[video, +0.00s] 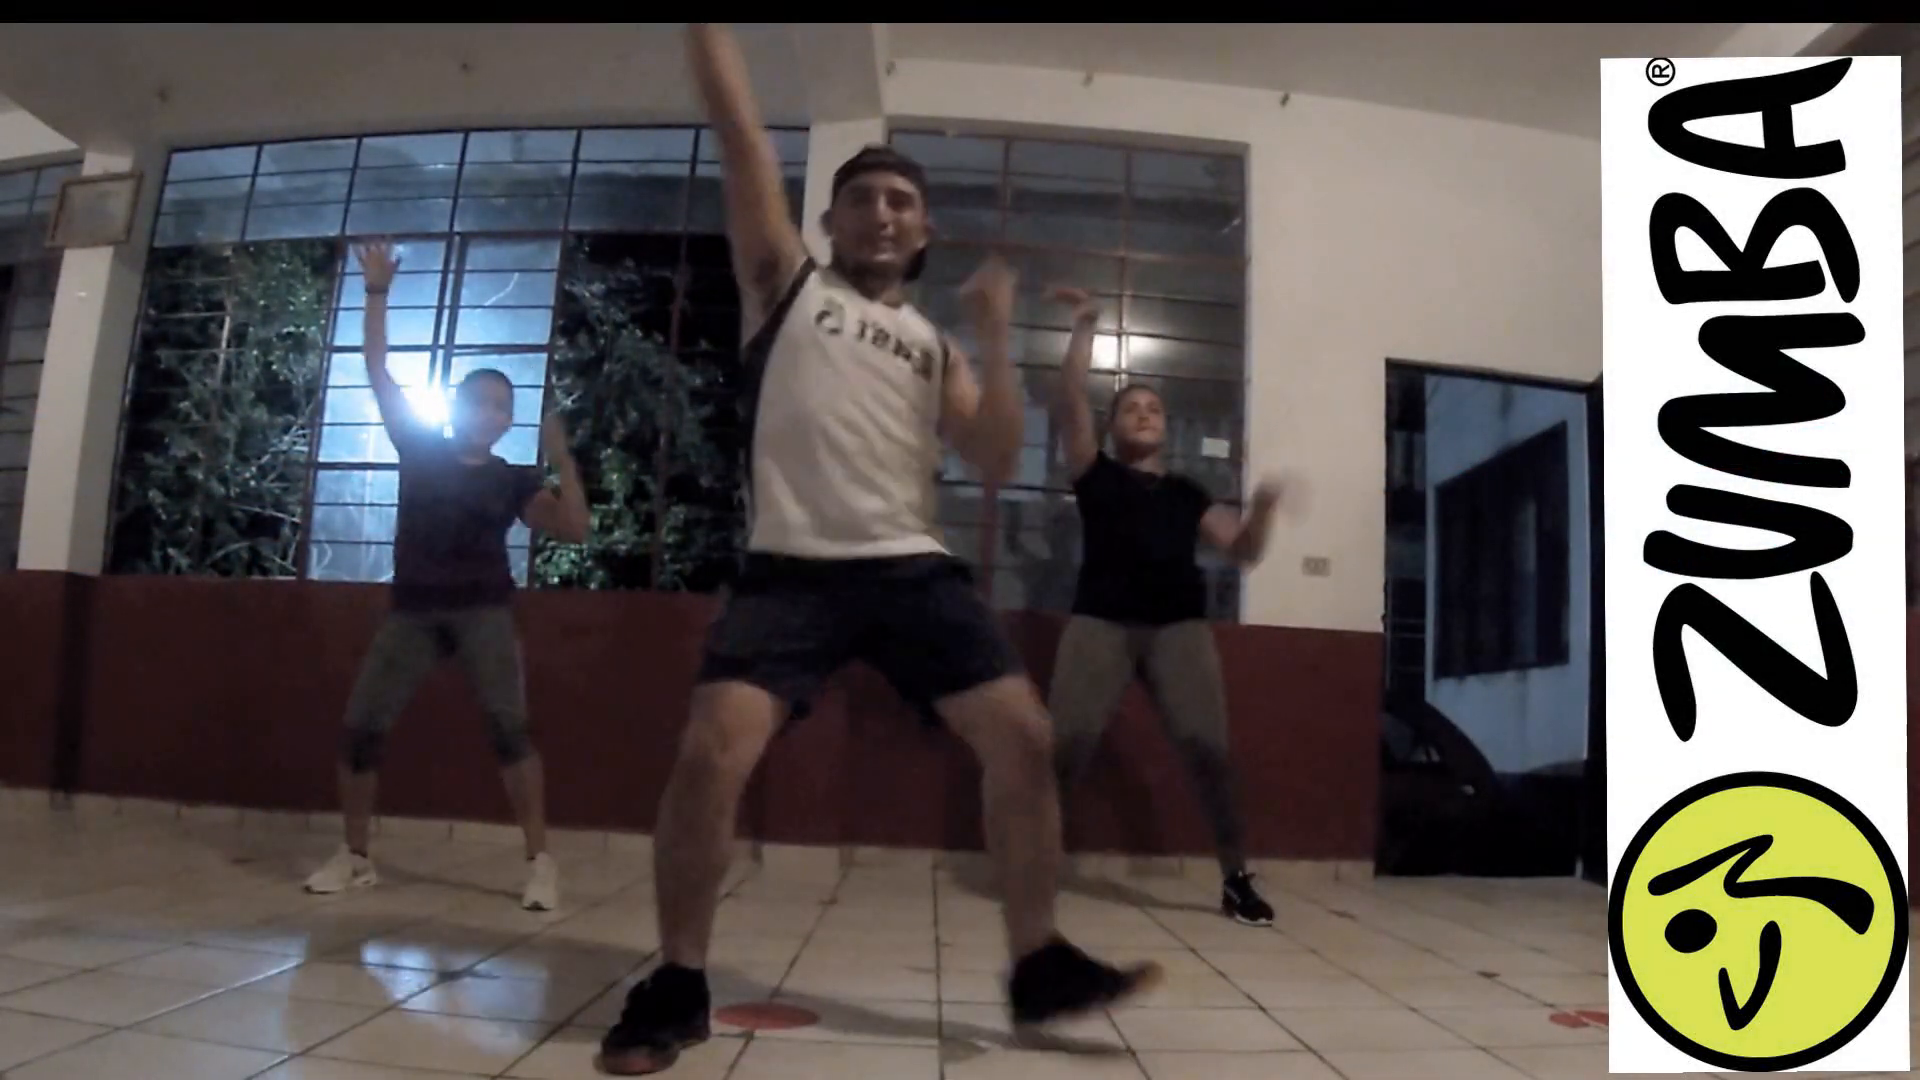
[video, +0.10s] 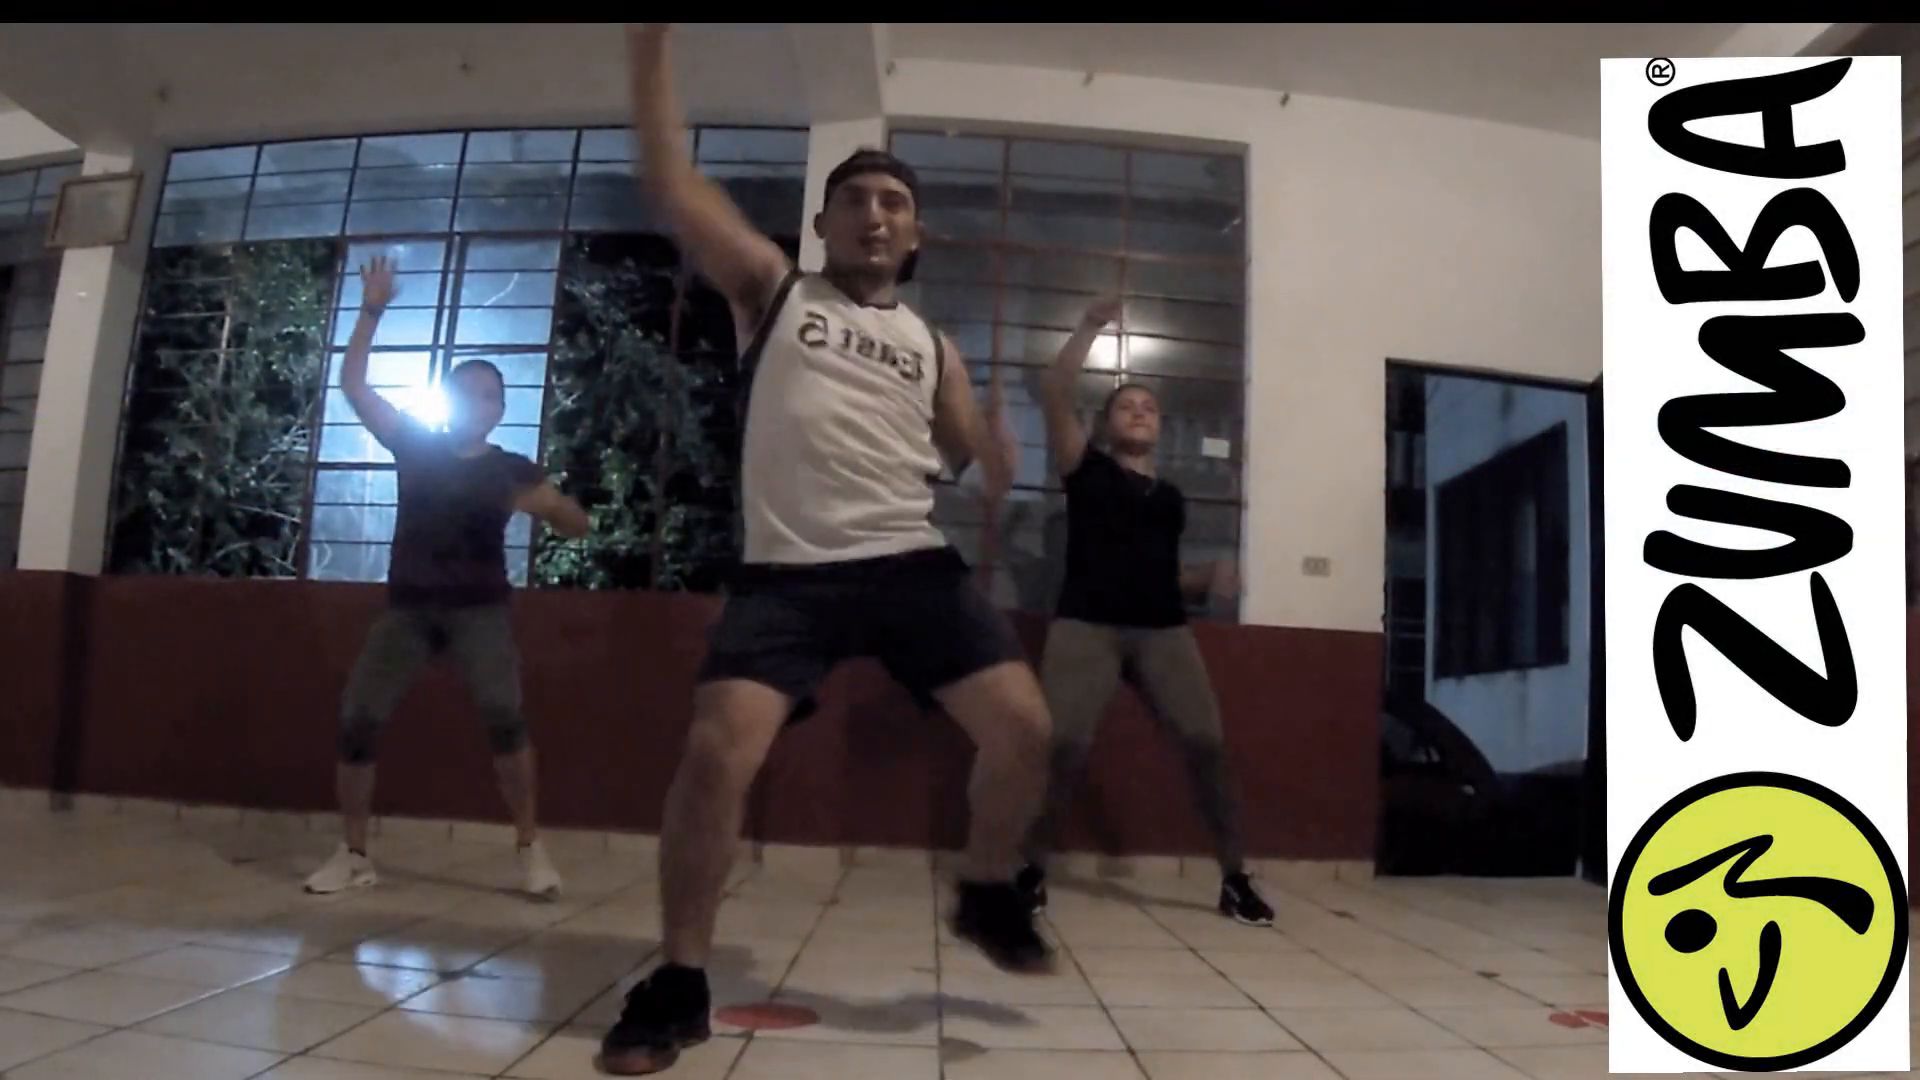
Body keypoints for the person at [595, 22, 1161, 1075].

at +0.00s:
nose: (883, 209)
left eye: (902, 201)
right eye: (864, 198)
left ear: (921, 236)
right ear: (831, 224)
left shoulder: (932, 346)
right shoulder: (788, 283)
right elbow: (738, 132)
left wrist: (997, 331)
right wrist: (703, 20)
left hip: (914, 577)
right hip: (786, 577)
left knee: (1022, 737)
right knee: (709, 748)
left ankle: (1036, 966)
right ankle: (676, 981)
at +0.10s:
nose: (876, 212)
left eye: (893, 203)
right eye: (858, 200)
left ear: (915, 236)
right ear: (823, 224)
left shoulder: (929, 344)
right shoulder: (774, 286)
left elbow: (982, 453)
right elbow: (673, 182)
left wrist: (996, 471)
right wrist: (651, 46)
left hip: (914, 573)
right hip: (784, 579)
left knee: (1023, 730)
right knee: (714, 747)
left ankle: (991, 895)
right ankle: (677, 980)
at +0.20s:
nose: (877, 211)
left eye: (894, 201)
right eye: (860, 198)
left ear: (916, 230)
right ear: (827, 219)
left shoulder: (941, 335)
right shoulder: (777, 295)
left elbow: (987, 456)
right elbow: (646, 296)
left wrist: (1024, 555)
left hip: (920, 567)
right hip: (797, 566)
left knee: (991, 755)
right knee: (745, 761)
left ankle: (948, 870)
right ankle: (680, 981)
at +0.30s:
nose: (884, 236)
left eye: (901, 225)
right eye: (866, 223)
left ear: (923, 253)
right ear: (835, 246)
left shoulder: (958, 359)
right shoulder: (788, 334)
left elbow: (993, 483)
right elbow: (692, 408)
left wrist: (1018, 585)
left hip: (928, 597)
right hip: (814, 593)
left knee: (953, 785)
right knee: (769, 775)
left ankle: (926, 908)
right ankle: (681, 975)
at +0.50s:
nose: (904, 265)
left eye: (920, 253)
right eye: (887, 253)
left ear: (942, 273)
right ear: (857, 271)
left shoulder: (976, 373)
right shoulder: (812, 362)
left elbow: (1050, 465)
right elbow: (746, 451)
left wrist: (1115, 502)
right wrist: (723, 479)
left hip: (936, 603)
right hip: (833, 599)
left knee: (933, 772)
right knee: (769, 741)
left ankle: (912, 918)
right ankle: (719, 937)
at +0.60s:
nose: (906, 242)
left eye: (922, 230)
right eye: (889, 229)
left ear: (942, 248)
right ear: (859, 244)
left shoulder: (976, 334)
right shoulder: (822, 327)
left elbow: (1059, 421)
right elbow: (731, 425)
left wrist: (1066, 388)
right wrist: (780, 355)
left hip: (929, 569)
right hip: (824, 559)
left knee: (940, 753)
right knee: (762, 705)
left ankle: (911, 898)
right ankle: (754, 896)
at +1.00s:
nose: (913, 322)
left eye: (930, 311)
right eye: (898, 310)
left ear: (953, 333)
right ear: (874, 326)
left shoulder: (981, 408)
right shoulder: (834, 400)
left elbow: (1087, 433)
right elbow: (729, 382)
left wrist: (1159, 403)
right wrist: (669, 325)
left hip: (958, 629)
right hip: (848, 636)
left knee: (1072, 704)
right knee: (787, 793)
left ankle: (1052, 883)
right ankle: (773, 916)